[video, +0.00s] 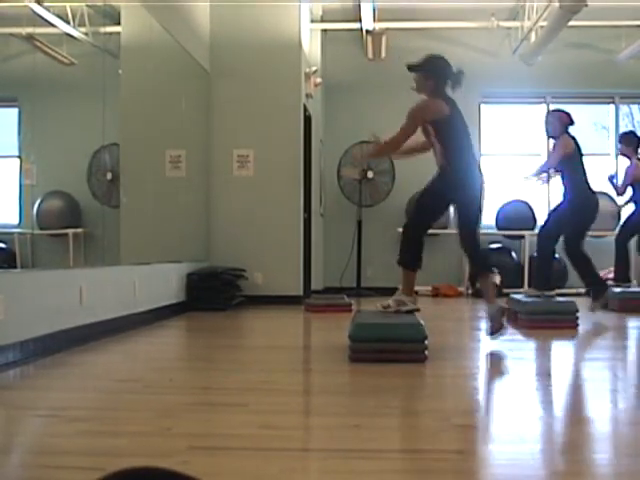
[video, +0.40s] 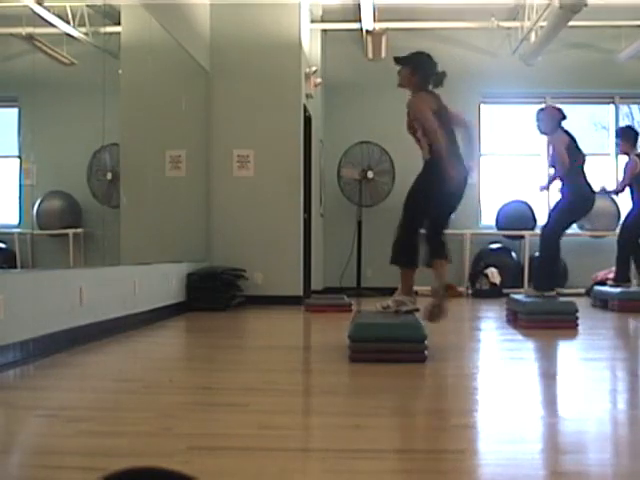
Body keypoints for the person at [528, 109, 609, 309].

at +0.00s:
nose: (546, 125)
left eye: (549, 122)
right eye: (546, 122)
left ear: (560, 123)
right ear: (560, 123)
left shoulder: (565, 141)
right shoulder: (563, 143)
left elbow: (551, 163)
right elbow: (564, 167)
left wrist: (536, 173)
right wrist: (550, 174)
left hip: (578, 201)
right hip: (580, 200)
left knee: (546, 237)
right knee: (572, 246)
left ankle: (542, 286)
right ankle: (597, 287)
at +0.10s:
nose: (537, 123)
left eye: (540, 119)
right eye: (537, 119)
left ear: (551, 119)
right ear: (555, 120)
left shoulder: (556, 136)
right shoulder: (564, 136)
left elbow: (556, 161)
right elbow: (582, 154)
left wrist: (547, 180)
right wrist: (570, 176)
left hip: (575, 195)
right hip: (581, 193)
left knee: (549, 234)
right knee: (554, 235)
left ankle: (542, 285)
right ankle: (580, 279)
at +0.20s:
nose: (533, 125)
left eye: (535, 120)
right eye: (533, 120)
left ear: (546, 120)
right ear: (550, 120)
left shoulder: (553, 138)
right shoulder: (563, 135)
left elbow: (566, 162)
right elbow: (589, 151)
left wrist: (561, 187)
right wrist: (586, 176)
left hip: (573, 194)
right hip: (582, 193)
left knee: (547, 232)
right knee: (550, 231)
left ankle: (545, 282)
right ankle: (559, 275)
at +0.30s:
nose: (532, 127)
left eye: (535, 122)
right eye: (532, 123)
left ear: (546, 122)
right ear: (549, 123)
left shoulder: (553, 140)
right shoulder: (562, 138)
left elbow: (565, 166)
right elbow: (588, 153)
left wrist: (560, 190)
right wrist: (585, 177)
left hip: (572, 196)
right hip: (581, 194)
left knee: (547, 234)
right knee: (548, 234)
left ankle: (542, 285)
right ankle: (544, 283)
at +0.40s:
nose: (538, 125)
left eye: (541, 120)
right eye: (538, 121)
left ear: (552, 121)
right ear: (552, 121)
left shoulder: (558, 138)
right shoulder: (555, 138)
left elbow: (564, 166)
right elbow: (579, 159)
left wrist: (549, 182)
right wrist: (556, 177)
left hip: (578, 195)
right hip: (574, 193)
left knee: (550, 233)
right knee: (549, 232)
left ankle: (545, 284)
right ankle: (547, 282)